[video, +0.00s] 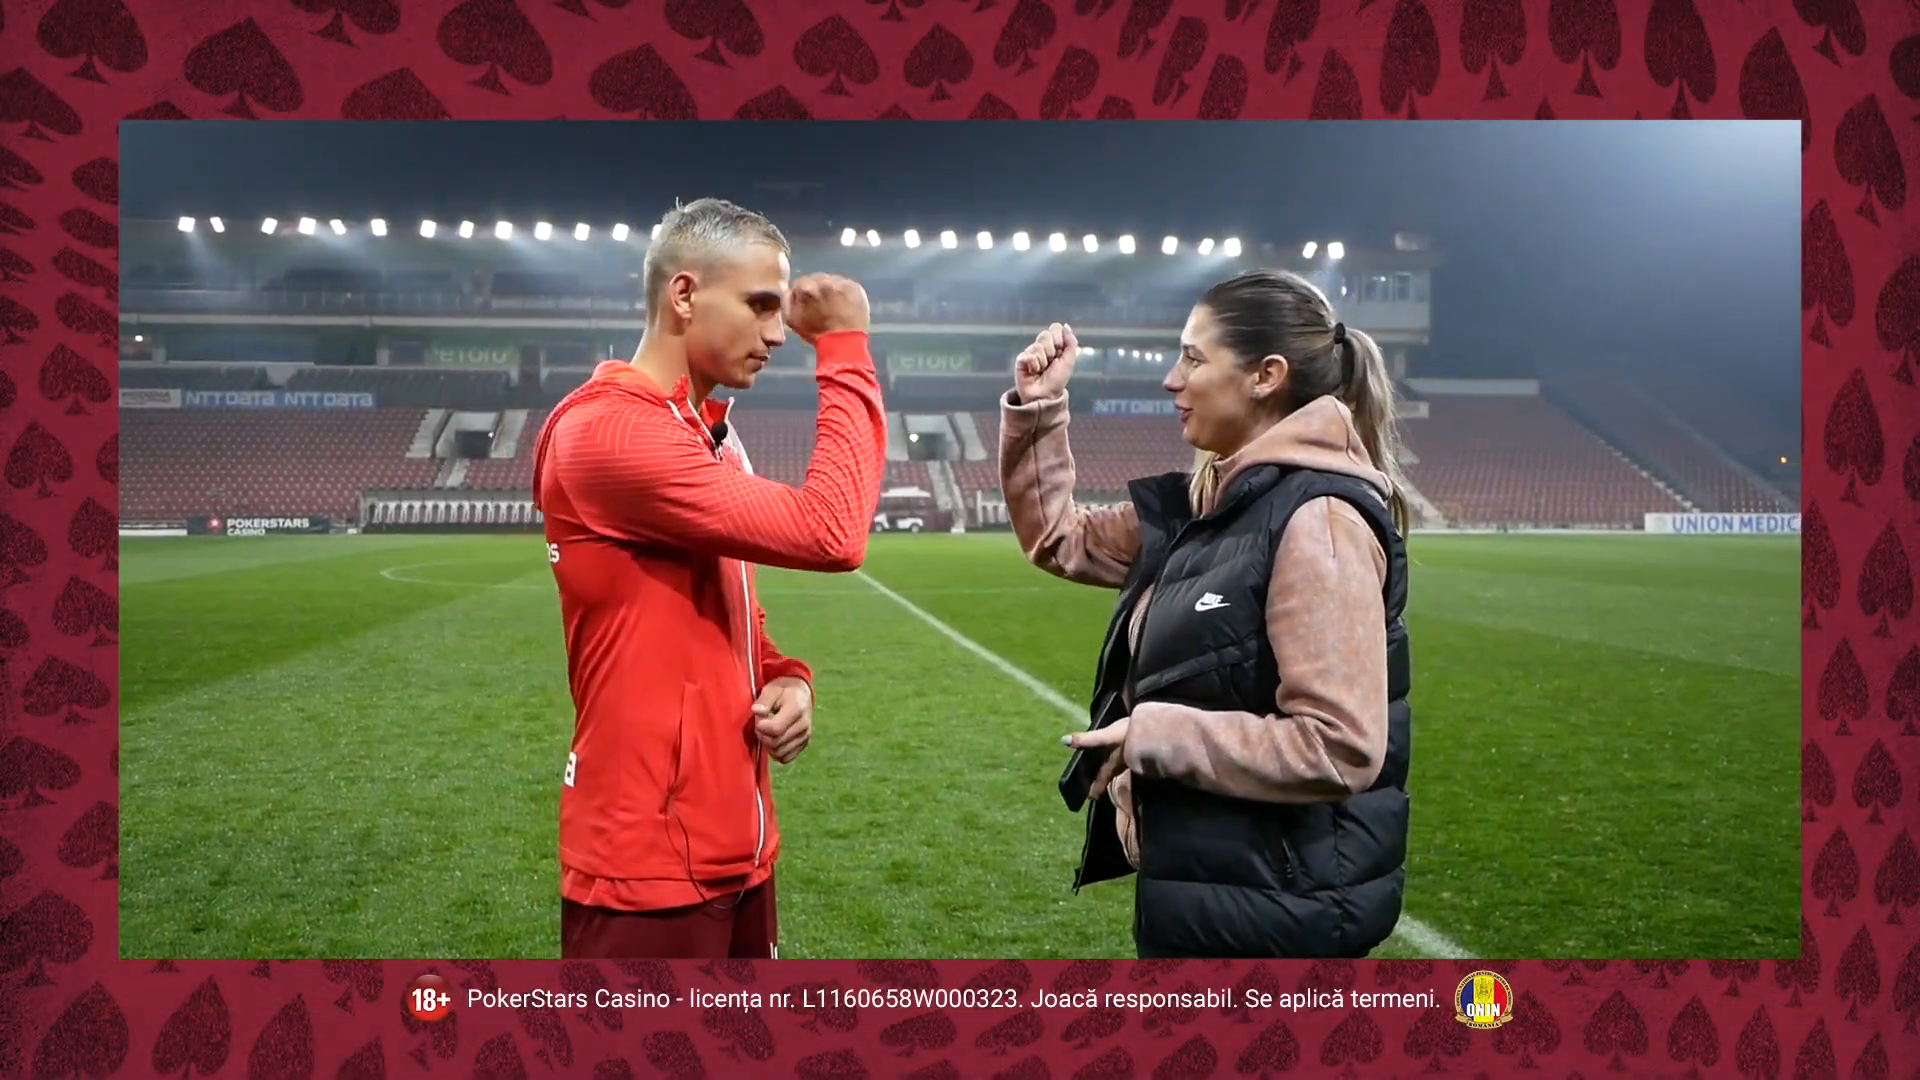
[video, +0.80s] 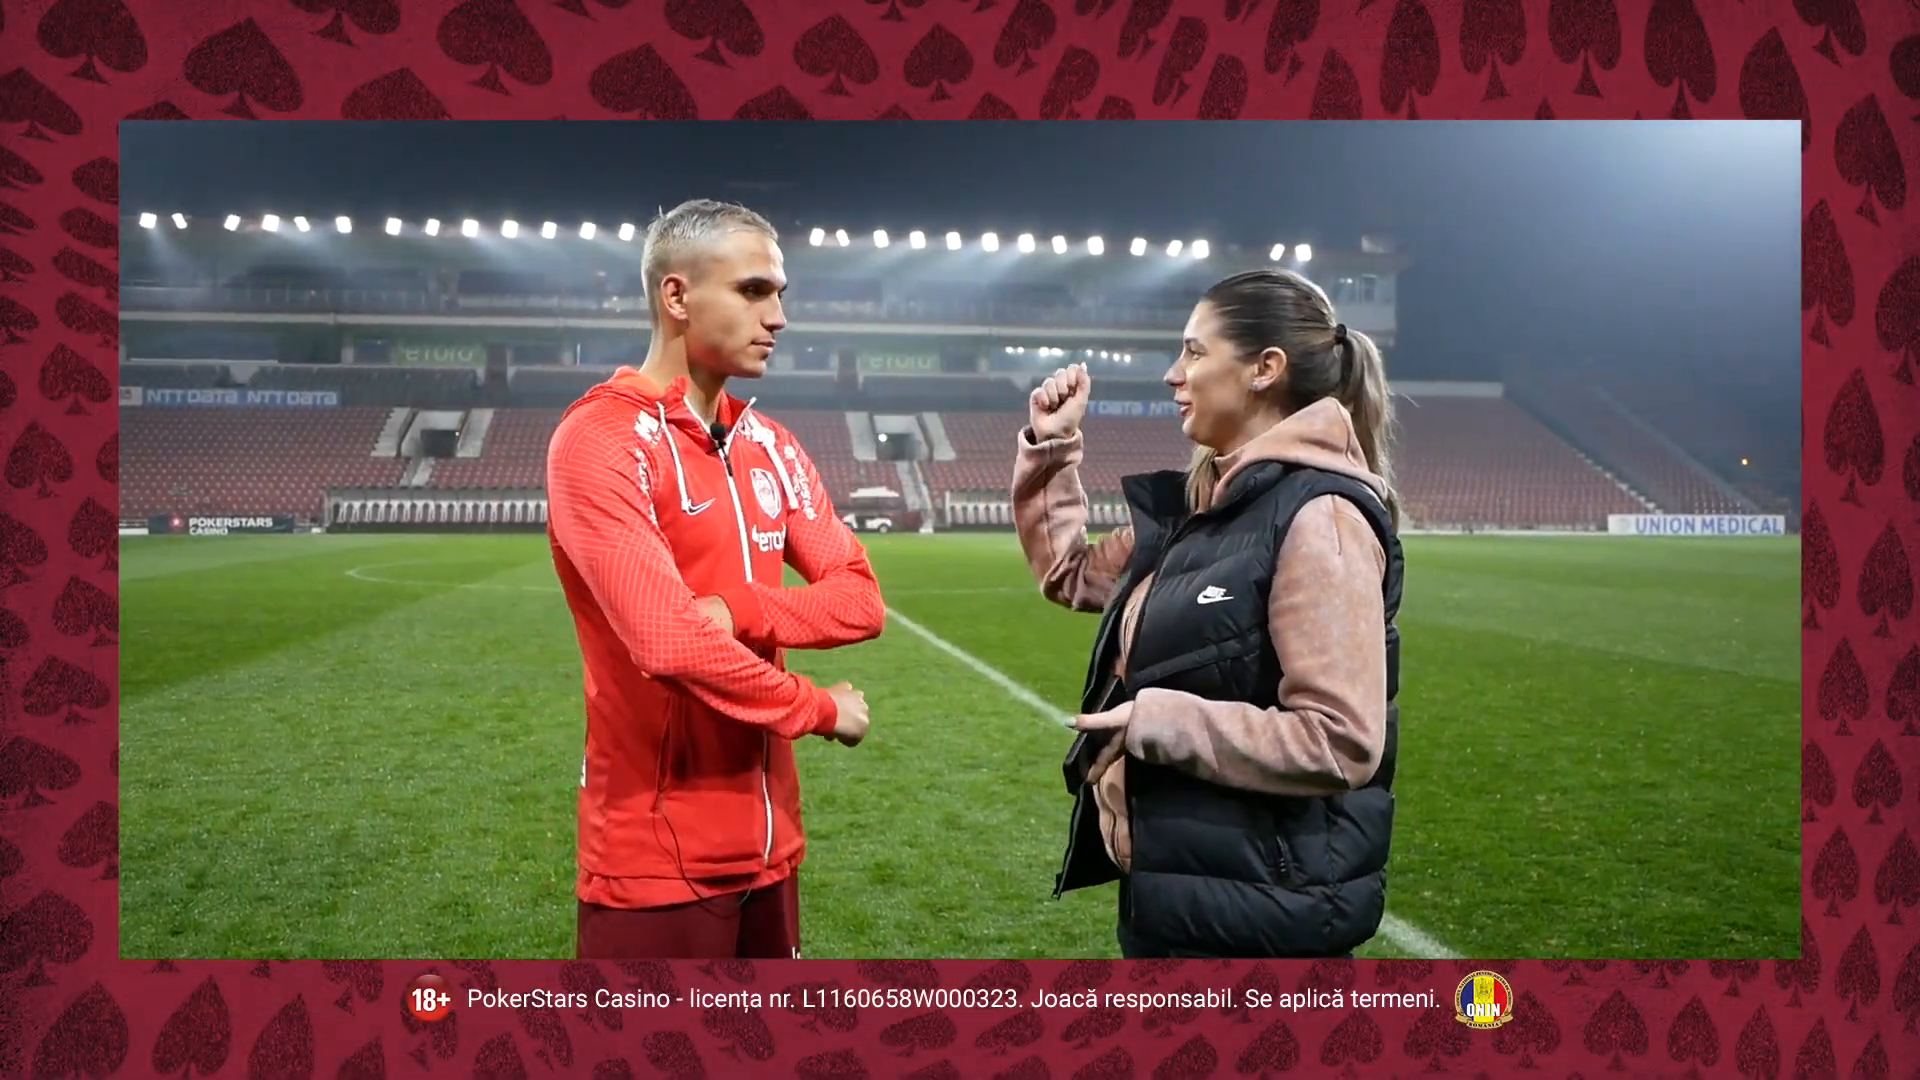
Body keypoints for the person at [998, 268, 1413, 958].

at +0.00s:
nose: (1172, 381)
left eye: (1192, 358)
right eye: (1180, 358)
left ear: (1267, 377)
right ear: (1264, 379)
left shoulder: (1320, 520)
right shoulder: (1212, 503)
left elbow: (1338, 746)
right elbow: (1057, 539)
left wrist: (1155, 732)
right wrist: (1037, 411)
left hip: (1271, 918)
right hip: (1201, 904)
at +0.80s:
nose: (1173, 375)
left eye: (1194, 353)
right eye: (1180, 354)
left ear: (1266, 369)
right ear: (1263, 371)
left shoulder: (1322, 517)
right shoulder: (1215, 505)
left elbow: (1339, 742)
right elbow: (1069, 574)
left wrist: (1153, 720)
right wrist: (1050, 450)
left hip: (1258, 918)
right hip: (1183, 906)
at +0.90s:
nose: (1177, 374)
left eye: (1197, 351)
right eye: (1185, 352)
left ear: (1268, 367)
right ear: (1264, 369)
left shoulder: (1323, 517)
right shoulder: (1225, 501)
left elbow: (1338, 742)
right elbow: (1136, 649)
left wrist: (1158, 719)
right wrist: (1037, 534)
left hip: (1256, 921)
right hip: (1184, 907)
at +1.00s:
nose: (1177, 373)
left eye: (1199, 350)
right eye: (1186, 351)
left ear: (1269, 366)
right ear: (1260, 367)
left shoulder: (1321, 518)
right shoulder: (1225, 502)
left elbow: (1335, 742)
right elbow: (1178, 687)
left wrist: (1159, 723)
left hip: (1255, 920)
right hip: (1186, 907)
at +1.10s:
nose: (1174, 374)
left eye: (1195, 351)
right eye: (1183, 353)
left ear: (1265, 369)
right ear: (1257, 370)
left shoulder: (1314, 521)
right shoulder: (1223, 506)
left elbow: (1329, 743)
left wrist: (1149, 724)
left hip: (1253, 922)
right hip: (1187, 911)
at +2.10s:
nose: (1176, 388)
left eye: (1197, 366)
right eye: (1185, 367)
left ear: (1266, 385)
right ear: (1260, 387)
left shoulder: (1317, 523)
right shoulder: (1236, 508)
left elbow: (1326, 736)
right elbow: (1209, 685)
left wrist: (1148, 720)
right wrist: (1083, 668)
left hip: (1273, 912)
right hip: (1213, 901)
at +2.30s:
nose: (1191, 393)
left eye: (1213, 371)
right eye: (1199, 372)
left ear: (1283, 386)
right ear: (1274, 386)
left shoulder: (1335, 523)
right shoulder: (1246, 512)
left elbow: (1265, 708)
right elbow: (1163, 665)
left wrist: (1102, 629)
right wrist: (1045, 590)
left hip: (1293, 911)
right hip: (1227, 902)